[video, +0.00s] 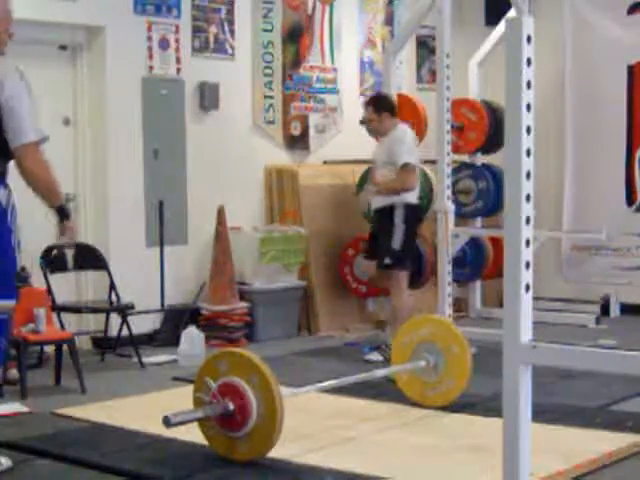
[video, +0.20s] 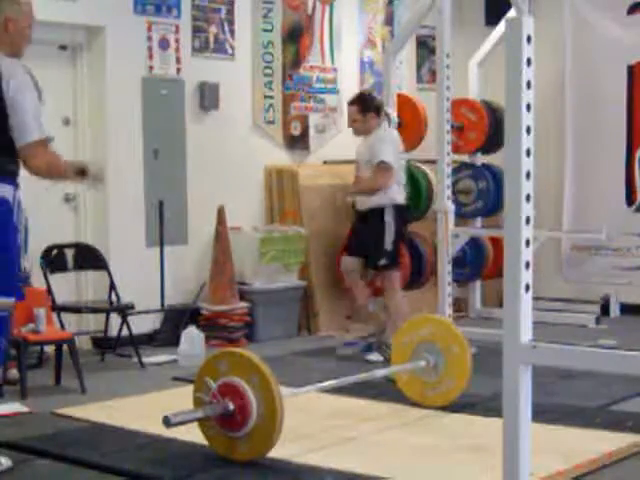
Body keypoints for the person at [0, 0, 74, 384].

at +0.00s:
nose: (11, 31)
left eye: (9, 22)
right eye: (7, 22)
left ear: (4, 27)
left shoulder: (10, 78)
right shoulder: (8, 78)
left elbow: (28, 155)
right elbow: (28, 157)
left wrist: (61, 207)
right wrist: (62, 208)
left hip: (5, 208)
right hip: (1, 209)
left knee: (10, 291)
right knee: (6, 294)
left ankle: (7, 360)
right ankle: (3, 365)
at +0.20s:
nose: (32, 28)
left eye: (32, 21)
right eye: (28, 21)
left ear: (8, 24)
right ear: (8, 24)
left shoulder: (14, 74)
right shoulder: (13, 75)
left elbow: (34, 155)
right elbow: (35, 158)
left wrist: (70, 169)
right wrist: (73, 170)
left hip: (8, 193)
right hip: (5, 195)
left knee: (12, 286)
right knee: (9, 289)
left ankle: (8, 365)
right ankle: (6, 367)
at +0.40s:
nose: (62, 52)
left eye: (62, 45)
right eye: (59, 44)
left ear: (29, 40)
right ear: (40, 41)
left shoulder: (10, 76)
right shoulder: (25, 81)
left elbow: (72, 145)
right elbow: (80, 148)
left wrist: (87, 104)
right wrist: (91, 98)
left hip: (9, 198)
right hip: (14, 200)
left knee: (17, 307)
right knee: (14, 308)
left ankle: (32, 403)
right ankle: (30, 403)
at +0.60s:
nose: (86, 52)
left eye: (85, 43)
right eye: (81, 43)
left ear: (45, 43)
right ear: (58, 45)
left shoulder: (10, 76)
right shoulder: (42, 80)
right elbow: (107, 130)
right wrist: (95, 75)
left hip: (10, 195)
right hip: (29, 199)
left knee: (37, 306)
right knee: (39, 309)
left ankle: (38, 404)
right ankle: (5, 400)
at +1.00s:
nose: (128, 58)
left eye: (129, 50)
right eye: (125, 49)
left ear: (94, 44)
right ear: (103, 44)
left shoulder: (57, 76)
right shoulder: (89, 78)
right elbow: (112, 143)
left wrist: (129, 114)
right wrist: (139, 106)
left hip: (43, 194)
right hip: (78, 196)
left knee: (53, 304)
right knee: (137, 294)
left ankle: (42, 406)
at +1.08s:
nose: (139, 61)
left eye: (140, 53)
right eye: (137, 52)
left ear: (109, 46)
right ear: (115, 47)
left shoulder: (69, 77)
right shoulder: (92, 79)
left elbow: (86, 149)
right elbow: (107, 151)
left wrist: (132, 136)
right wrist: (145, 128)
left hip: (54, 197)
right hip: (87, 199)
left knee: (58, 302)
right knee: (144, 294)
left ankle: (42, 406)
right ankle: (168, 399)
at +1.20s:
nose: (166, 66)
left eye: (167, 58)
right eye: (161, 57)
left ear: (131, 53)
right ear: (137, 53)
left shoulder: (93, 82)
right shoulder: (123, 86)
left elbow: (86, 153)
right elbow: (118, 160)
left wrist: (143, 166)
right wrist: (165, 170)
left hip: (76, 202)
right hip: (108, 206)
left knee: (73, 305)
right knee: (167, 299)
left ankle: (44, 405)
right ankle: (195, 394)